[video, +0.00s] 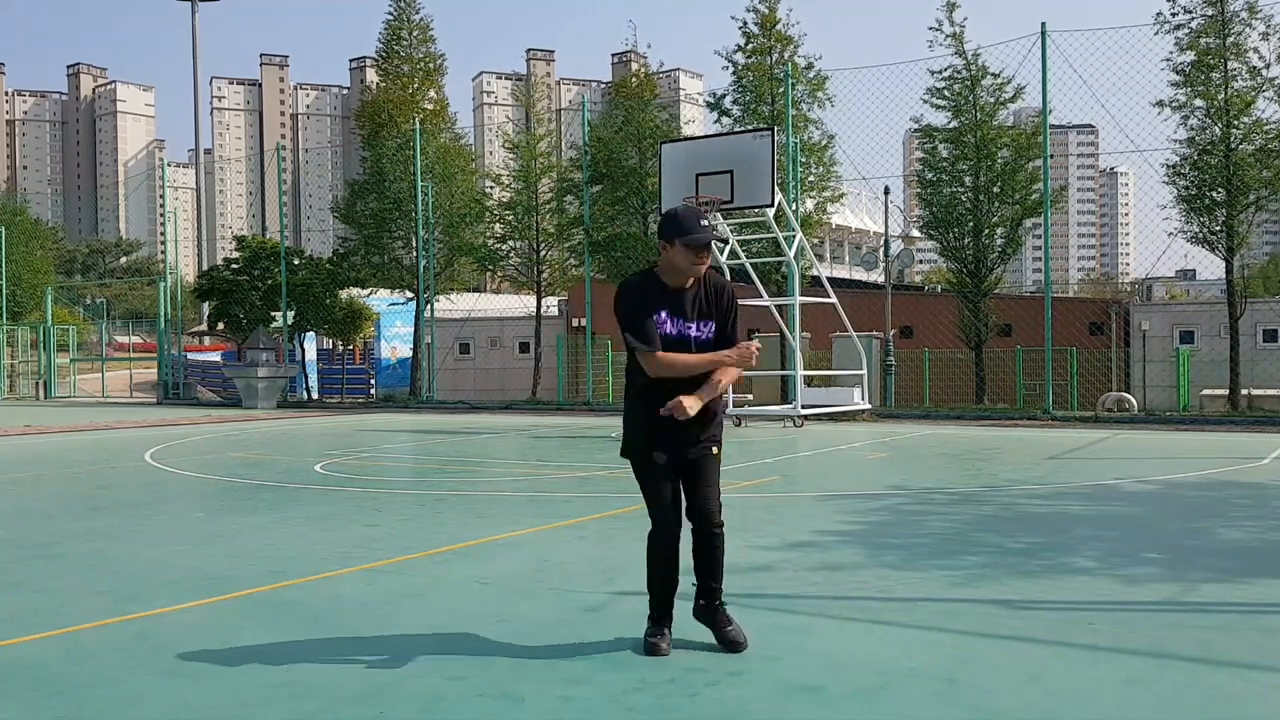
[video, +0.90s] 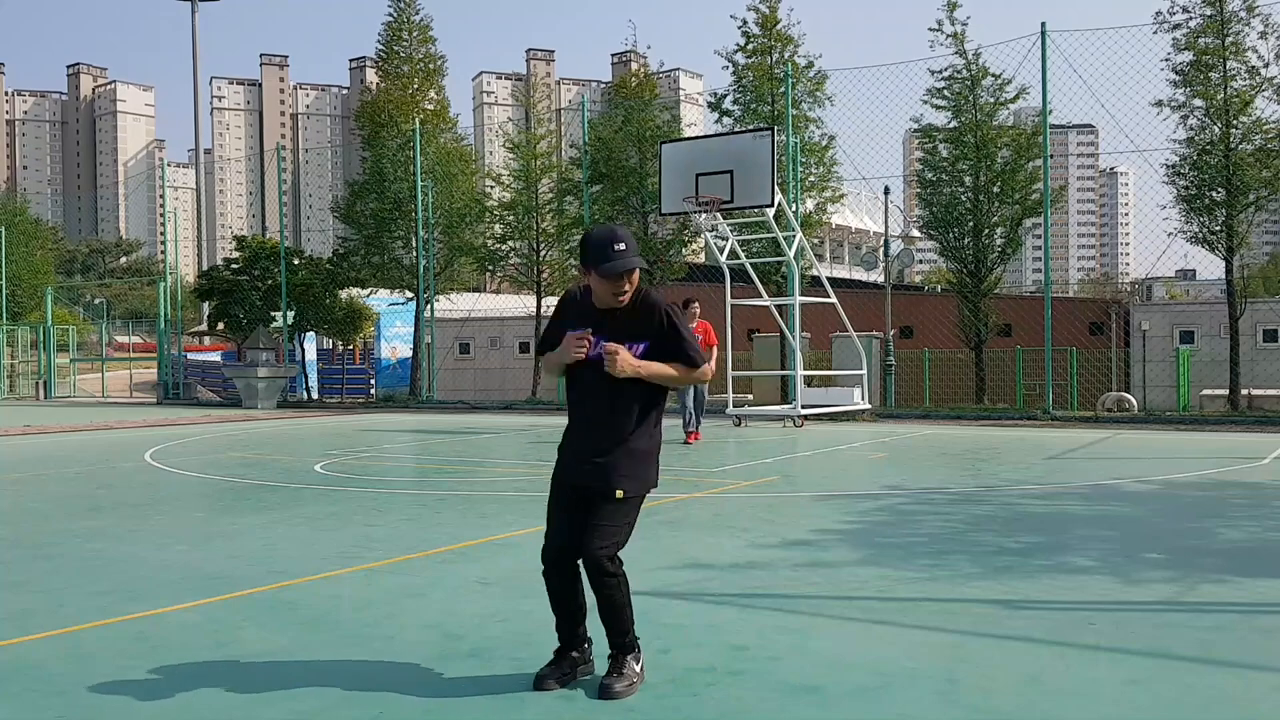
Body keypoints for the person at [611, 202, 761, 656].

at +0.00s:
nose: (705, 255)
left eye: (707, 247)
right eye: (694, 248)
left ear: (710, 246)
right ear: (665, 247)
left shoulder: (719, 291)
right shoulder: (634, 293)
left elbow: (734, 364)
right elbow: (652, 364)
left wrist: (698, 397)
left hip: (701, 425)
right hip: (650, 428)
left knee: (709, 516)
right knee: (667, 521)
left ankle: (710, 604)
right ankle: (660, 620)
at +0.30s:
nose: (685, 290)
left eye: (691, 280)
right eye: (676, 280)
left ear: (696, 280)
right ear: (649, 276)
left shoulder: (698, 321)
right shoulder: (614, 321)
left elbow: (751, 375)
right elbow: (590, 388)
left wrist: (700, 353)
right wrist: (651, 358)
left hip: (691, 457)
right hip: (637, 462)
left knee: (705, 548)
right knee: (659, 553)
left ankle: (681, 638)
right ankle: (623, 645)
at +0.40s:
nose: (676, 292)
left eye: (685, 285)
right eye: (667, 282)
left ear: (693, 286)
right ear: (645, 276)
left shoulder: (698, 322)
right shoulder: (607, 318)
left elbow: (768, 344)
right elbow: (535, 352)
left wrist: (725, 365)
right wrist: (589, 378)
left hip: (679, 452)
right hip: (623, 454)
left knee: (691, 542)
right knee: (646, 542)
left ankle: (682, 638)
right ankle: (622, 642)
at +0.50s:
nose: (667, 272)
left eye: (677, 264)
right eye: (659, 260)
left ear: (686, 261)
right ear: (638, 247)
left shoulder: (696, 295)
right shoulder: (597, 287)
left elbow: (764, 299)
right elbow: (521, 297)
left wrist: (734, 340)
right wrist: (545, 339)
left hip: (669, 436)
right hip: (613, 437)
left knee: (674, 532)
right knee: (631, 534)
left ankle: (677, 629)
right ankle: (621, 638)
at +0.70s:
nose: (652, 226)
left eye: (664, 221)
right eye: (646, 213)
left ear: (673, 231)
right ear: (627, 212)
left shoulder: (684, 273)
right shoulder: (586, 260)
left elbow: (756, 298)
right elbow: (521, 299)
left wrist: (716, 302)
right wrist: (532, 283)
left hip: (636, 428)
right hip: (577, 421)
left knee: (616, 536)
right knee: (569, 535)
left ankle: (630, 650)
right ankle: (591, 626)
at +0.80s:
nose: (640, 260)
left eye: (649, 251)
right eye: (631, 249)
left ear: (662, 252)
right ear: (612, 245)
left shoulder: (676, 296)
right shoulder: (585, 290)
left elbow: (736, 343)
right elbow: (533, 346)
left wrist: (687, 327)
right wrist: (547, 308)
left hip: (627, 450)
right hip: (570, 443)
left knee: (597, 554)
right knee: (547, 551)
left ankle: (622, 656)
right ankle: (570, 649)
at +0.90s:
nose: (624, 284)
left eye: (630, 273)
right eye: (612, 276)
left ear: (640, 267)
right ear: (587, 274)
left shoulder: (656, 311)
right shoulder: (573, 305)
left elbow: (697, 372)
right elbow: (546, 366)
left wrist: (637, 367)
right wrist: (561, 356)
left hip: (631, 454)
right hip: (578, 447)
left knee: (599, 553)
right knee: (557, 556)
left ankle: (626, 655)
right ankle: (574, 652)